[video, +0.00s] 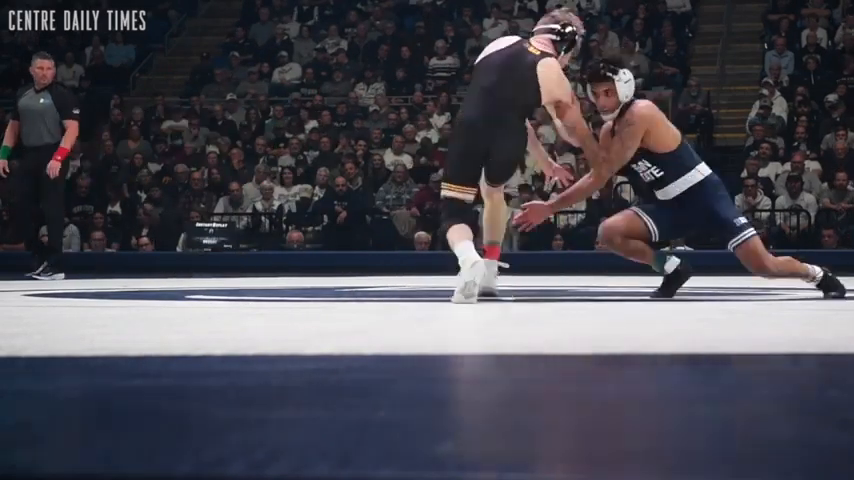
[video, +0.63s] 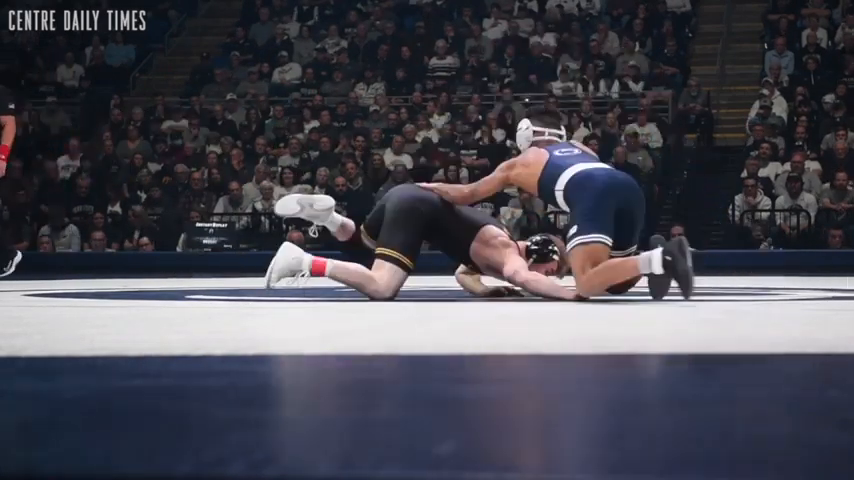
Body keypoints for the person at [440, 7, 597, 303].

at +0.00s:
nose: (569, 60)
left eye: (572, 55)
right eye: (571, 53)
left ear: (537, 33)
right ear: (565, 48)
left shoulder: (498, 44)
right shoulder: (552, 74)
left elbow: (516, 114)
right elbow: (576, 133)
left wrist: (547, 164)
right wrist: (597, 160)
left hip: (469, 128)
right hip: (508, 136)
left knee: (454, 208)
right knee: (494, 189)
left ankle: (469, 260)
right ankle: (490, 267)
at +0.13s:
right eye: (572, 65)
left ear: (545, 45)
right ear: (571, 60)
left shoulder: (509, 47)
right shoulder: (559, 82)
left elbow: (493, 115)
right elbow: (578, 144)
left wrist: (503, 182)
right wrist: (548, 176)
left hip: (459, 122)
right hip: (494, 139)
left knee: (436, 201)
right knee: (442, 198)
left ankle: (452, 252)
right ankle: (384, 243)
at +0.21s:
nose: (564, 141)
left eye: (572, 136)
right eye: (571, 132)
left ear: (558, 85)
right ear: (570, 111)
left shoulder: (521, 76)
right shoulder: (551, 119)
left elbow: (492, 136)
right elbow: (500, 147)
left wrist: (465, 195)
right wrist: (465, 196)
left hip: (458, 122)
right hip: (478, 151)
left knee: (402, 185)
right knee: (407, 202)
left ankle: (430, 248)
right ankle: (335, 247)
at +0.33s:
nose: (564, 201)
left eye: (564, 193)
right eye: (568, 192)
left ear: (541, 160)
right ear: (562, 180)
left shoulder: (514, 163)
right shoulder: (550, 195)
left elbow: (494, 216)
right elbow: (567, 241)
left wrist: (493, 269)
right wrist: (582, 288)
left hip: (453, 155)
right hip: (460, 185)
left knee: (373, 175)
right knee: (383, 256)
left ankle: (318, 211)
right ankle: (306, 270)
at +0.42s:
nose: (563, 245)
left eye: (566, 240)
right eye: (566, 241)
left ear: (551, 220)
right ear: (560, 235)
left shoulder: (520, 209)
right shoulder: (544, 247)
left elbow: (487, 239)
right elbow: (577, 294)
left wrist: (488, 289)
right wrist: (592, 298)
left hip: (429, 190)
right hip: (436, 216)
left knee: (351, 210)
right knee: (379, 289)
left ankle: (281, 179)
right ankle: (301, 263)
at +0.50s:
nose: (555, 272)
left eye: (558, 268)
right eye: (560, 268)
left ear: (541, 239)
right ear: (547, 257)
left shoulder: (508, 228)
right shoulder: (528, 256)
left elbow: (475, 249)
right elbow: (567, 291)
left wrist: (489, 289)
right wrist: (603, 296)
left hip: (412, 195)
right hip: (427, 213)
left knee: (339, 231)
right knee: (371, 286)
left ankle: (302, 182)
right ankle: (293, 259)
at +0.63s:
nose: (540, 276)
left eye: (545, 273)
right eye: (543, 272)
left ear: (527, 247)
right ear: (532, 255)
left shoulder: (494, 242)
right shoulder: (508, 255)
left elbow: (465, 276)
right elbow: (532, 281)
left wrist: (490, 292)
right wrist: (574, 293)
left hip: (400, 194)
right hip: (413, 205)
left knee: (370, 248)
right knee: (383, 286)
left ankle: (330, 216)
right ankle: (303, 262)